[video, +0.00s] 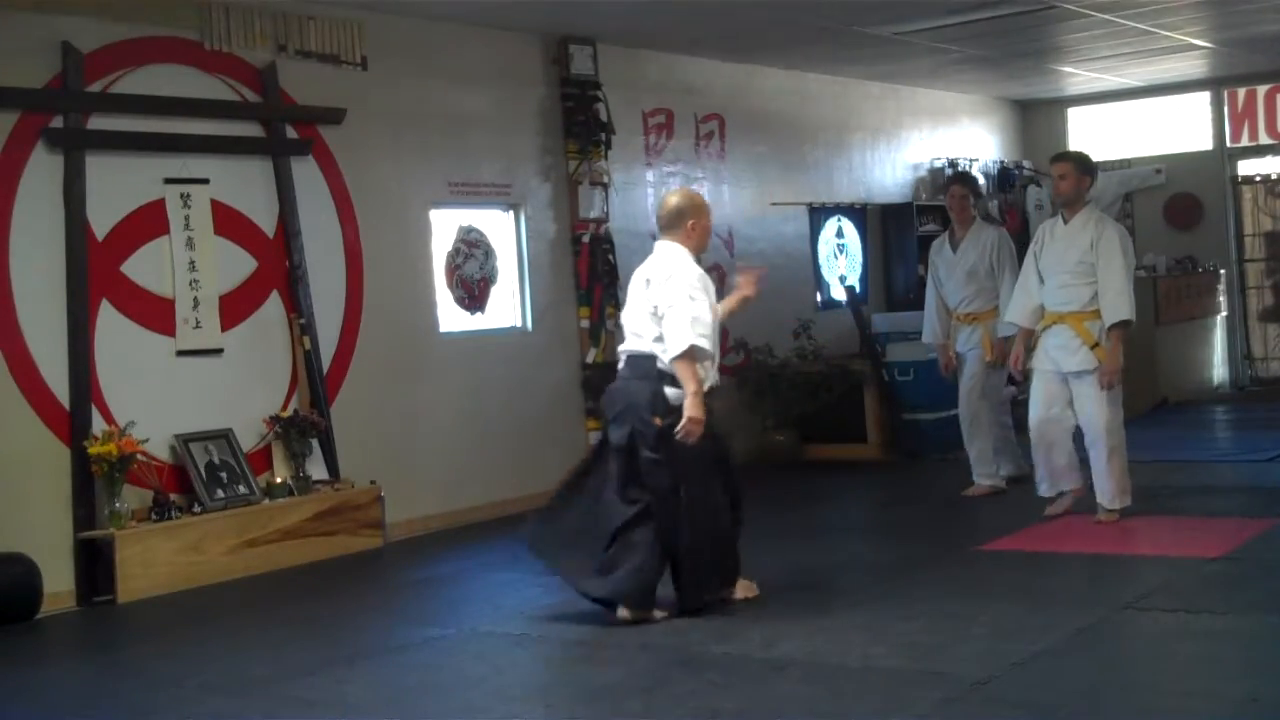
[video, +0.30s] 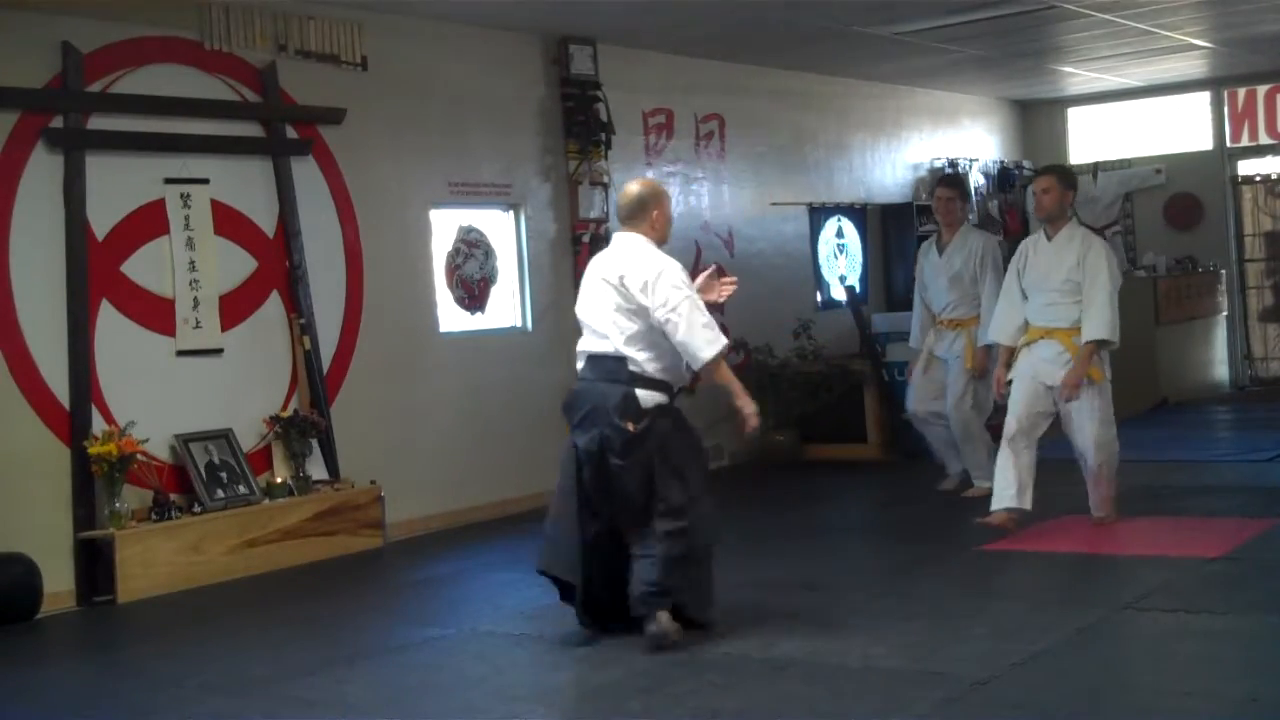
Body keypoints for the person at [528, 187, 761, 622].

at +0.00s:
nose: (709, 233)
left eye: (709, 225)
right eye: (708, 225)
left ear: (664, 226)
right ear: (694, 226)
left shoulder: (649, 267)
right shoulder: (683, 272)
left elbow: (689, 324)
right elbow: (680, 338)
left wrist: (734, 300)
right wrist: (694, 393)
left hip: (630, 388)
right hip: (665, 391)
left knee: (640, 496)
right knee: (710, 487)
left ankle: (633, 597)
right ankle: (716, 581)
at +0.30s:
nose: (669, 219)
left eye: (666, 211)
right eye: (668, 211)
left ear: (624, 216)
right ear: (658, 215)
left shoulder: (600, 262)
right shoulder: (658, 268)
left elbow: (636, 315)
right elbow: (693, 335)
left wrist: (691, 298)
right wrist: (739, 394)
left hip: (591, 394)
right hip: (638, 400)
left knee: (604, 506)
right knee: (678, 501)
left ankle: (602, 607)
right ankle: (659, 607)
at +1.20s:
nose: (610, 218)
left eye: (609, 208)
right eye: (609, 209)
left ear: (555, 214)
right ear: (598, 213)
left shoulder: (515, 267)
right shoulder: (604, 269)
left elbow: (506, 322)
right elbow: (655, 338)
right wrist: (714, 383)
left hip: (522, 412)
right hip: (588, 410)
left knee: (537, 542)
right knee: (612, 531)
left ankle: (558, 670)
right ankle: (631, 650)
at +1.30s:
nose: (606, 213)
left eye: (605, 204)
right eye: (605, 204)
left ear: (548, 211)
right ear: (593, 209)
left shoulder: (514, 266)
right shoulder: (603, 267)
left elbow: (512, 325)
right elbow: (652, 331)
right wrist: (707, 372)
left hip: (520, 411)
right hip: (587, 410)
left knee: (535, 542)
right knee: (613, 531)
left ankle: (559, 670)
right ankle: (629, 647)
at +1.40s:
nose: (607, 213)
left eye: (606, 204)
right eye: (605, 204)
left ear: (547, 210)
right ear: (593, 207)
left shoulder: (517, 266)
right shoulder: (606, 268)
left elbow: (501, 316)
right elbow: (656, 326)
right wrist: (704, 360)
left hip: (522, 414)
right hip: (587, 414)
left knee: (538, 540)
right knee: (621, 531)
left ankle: (559, 669)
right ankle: (650, 644)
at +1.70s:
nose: (633, 215)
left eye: (630, 207)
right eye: (632, 208)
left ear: (577, 210)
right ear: (622, 211)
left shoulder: (539, 263)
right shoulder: (636, 268)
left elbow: (537, 322)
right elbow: (684, 321)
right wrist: (723, 352)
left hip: (541, 412)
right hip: (608, 414)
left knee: (551, 539)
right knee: (640, 535)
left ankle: (557, 664)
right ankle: (662, 649)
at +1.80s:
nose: (646, 216)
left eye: (644, 207)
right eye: (645, 209)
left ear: (590, 210)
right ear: (635, 212)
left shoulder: (551, 261)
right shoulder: (648, 269)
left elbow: (539, 322)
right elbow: (714, 338)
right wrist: (736, 349)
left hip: (550, 406)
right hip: (616, 409)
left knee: (554, 537)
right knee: (641, 533)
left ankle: (558, 666)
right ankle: (654, 653)